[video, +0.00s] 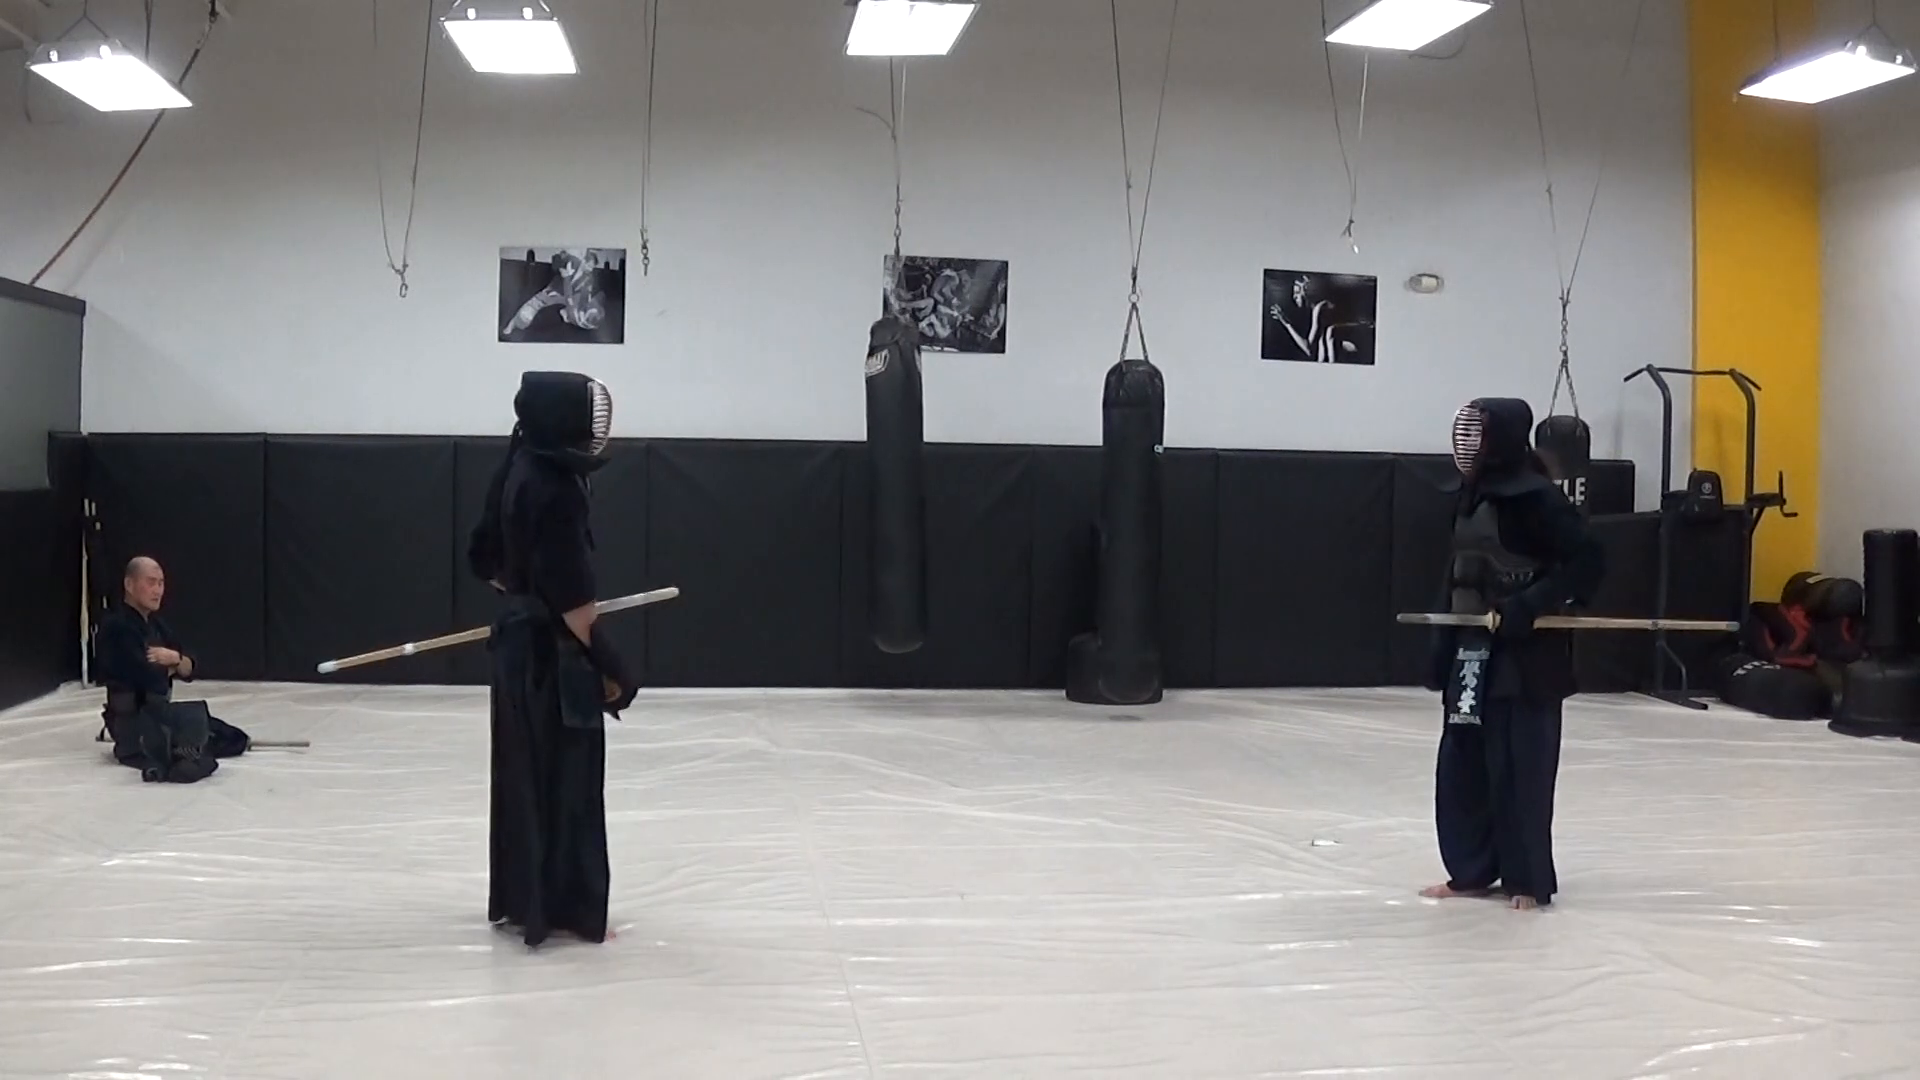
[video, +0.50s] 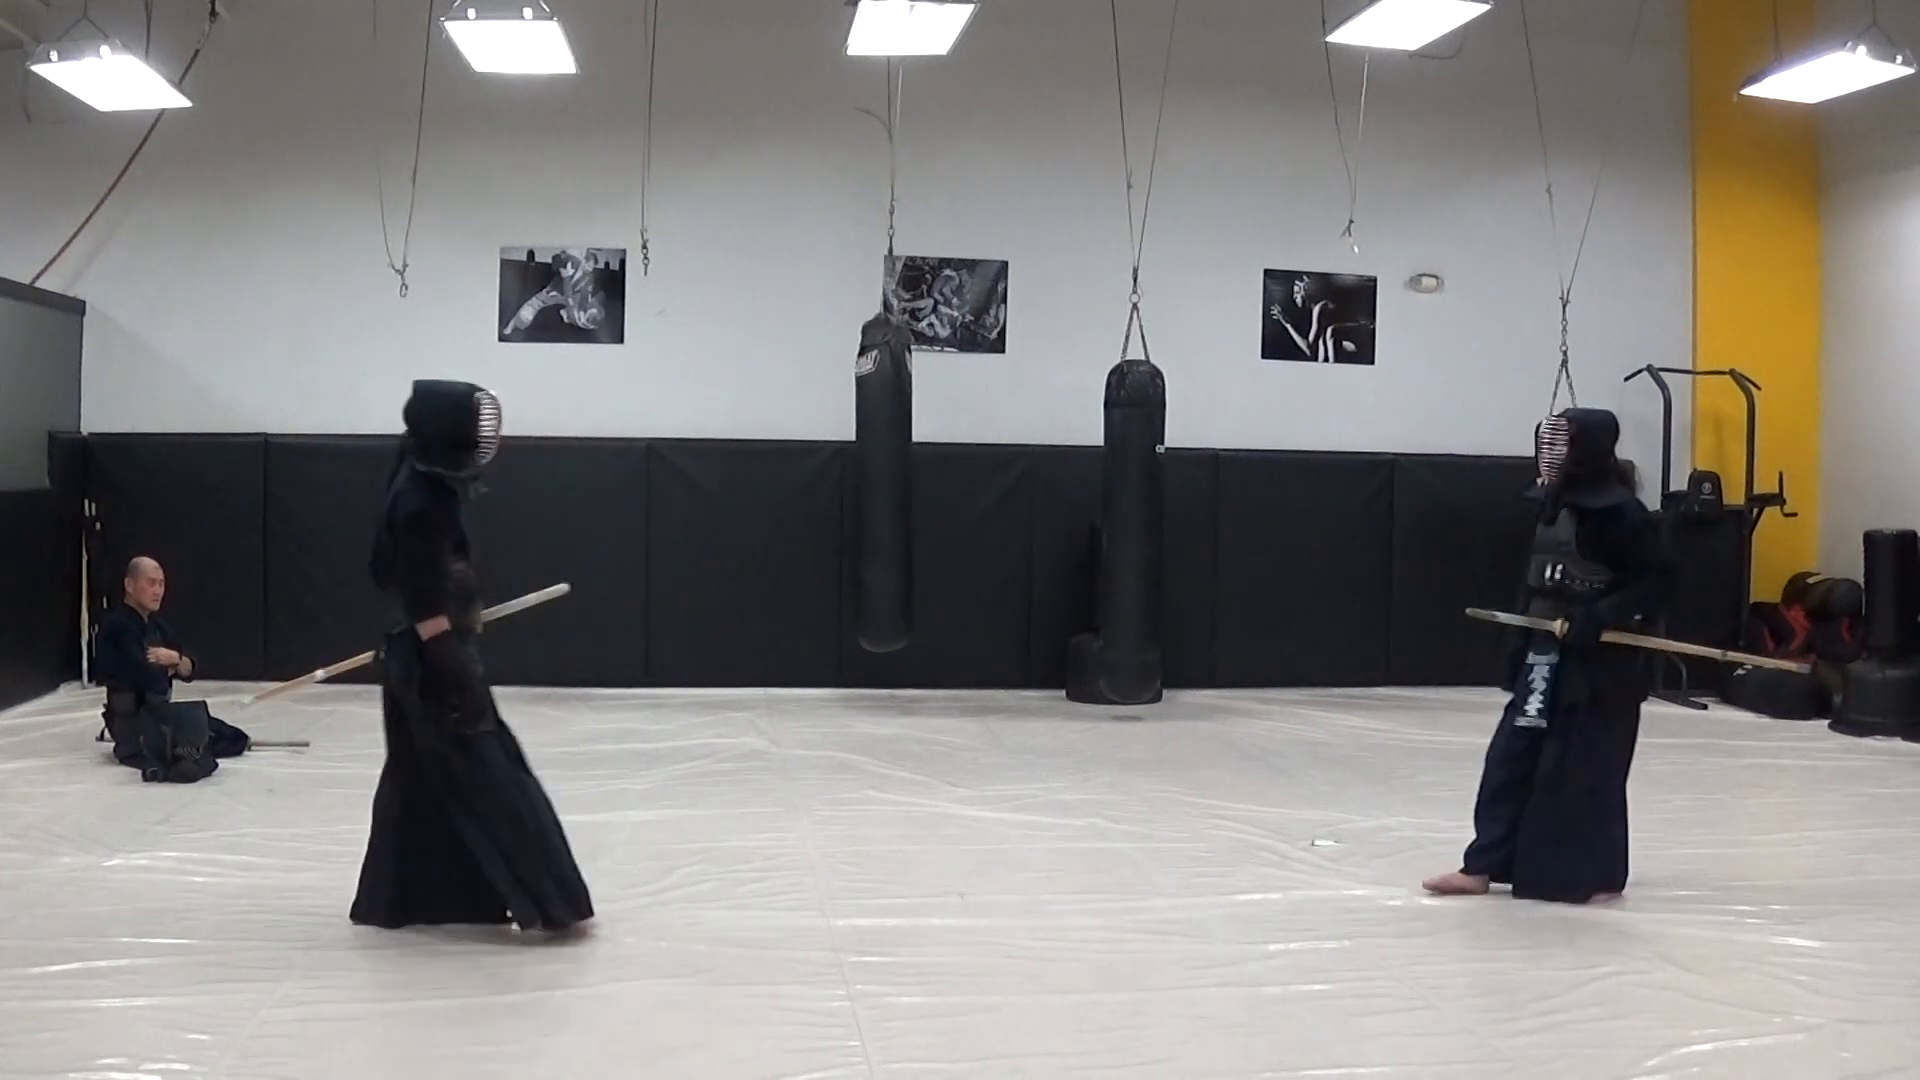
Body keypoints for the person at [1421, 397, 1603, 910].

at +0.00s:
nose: (1464, 449)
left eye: (1473, 439)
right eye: (1461, 438)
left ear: (1500, 441)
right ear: (1462, 440)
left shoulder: (1535, 497)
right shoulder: (1469, 499)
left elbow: (1586, 560)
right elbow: (1459, 580)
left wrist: (1527, 604)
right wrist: (1445, 652)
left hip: (1526, 655)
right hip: (1472, 654)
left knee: (1522, 768)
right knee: (1464, 764)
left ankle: (1528, 881)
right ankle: (1474, 872)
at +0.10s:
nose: (1473, 448)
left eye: (1483, 438)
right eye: (1471, 438)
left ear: (1510, 442)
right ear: (1472, 442)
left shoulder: (1546, 500)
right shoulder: (1476, 500)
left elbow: (1592, 563)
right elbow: (1462, 577)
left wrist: (1535, 605)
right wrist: (1448, 638)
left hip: (1532, 655)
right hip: (1478, 654)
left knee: (1526, 766)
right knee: (1468, 764)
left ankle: (1532, 879)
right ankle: (1475, 872)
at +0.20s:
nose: (1488, 449)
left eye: (1498, 440)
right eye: (1487, 439)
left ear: (1526, 445)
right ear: (1489, 442)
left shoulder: (1562, 503)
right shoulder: (1491, 501)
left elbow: (1603, 570)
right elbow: (1477, 574)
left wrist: (1545, 606)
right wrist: (1457, 632)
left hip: (1540, 653)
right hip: (1487, 650)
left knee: (1532, 764)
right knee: (1471, 761)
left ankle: (1570, 858)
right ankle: (1476, 872)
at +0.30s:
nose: (1508, 452)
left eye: (1520, 443)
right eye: (1507, 441)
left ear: (1548, 449)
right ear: (1504, 443)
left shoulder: (1579, 507)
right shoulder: (1508, 505)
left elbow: (1617, 576)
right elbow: (1491, 578)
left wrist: (1556, 609)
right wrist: (1471, 640)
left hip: (1554, 655)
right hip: (1500, 651)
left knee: (1546, 763)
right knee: (1477, 759)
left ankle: (1590, 863)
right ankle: (1477, 870)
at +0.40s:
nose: (1527, 455)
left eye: (1538, 446)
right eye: (1527, 445)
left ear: (1566, 451)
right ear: (1529, 448)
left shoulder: (1599, 510)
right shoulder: (1528, 506)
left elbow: (1628, 583)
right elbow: (1510, 581)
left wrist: (1572, 614)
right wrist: (1492, 643)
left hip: (1575, 661)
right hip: (1518, 654)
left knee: (1571, 765)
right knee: (1488, 760)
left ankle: (1597, 875)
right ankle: (1479, 872)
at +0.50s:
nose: (1550, 455)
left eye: (1561, 447)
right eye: (1549, 445)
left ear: (1588, 452)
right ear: (1550, 448)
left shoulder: (1622, 512)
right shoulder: (1553, 507)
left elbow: (1656, 582)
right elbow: (1541, 582)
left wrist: (1598, 614)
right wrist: (1524, 645)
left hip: (1604, 663)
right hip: (1546, 657)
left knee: (1595, 766)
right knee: (1508, 756)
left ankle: (1604, 878)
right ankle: (1482, 867)